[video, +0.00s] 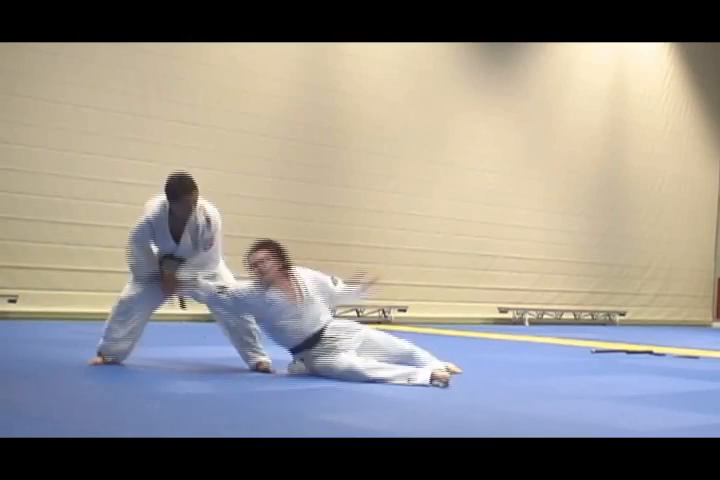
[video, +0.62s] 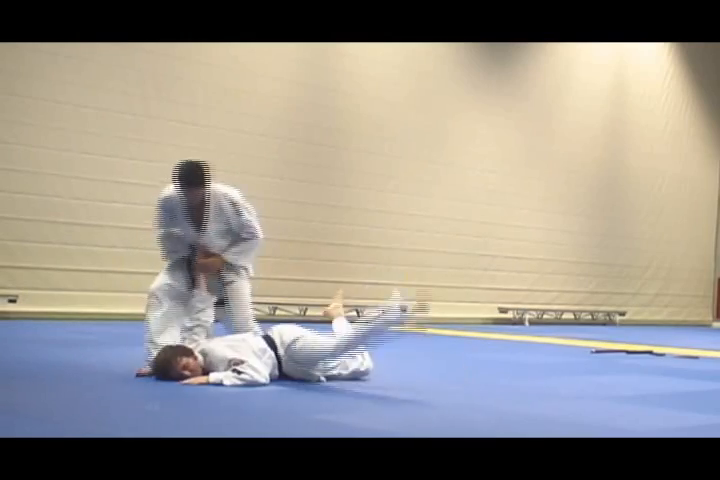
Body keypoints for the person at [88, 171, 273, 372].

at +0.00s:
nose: (193, 204)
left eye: (194, 199)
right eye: (188, 201)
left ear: (197, 196)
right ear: (173, 201)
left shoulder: (208, 216)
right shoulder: (153, 213)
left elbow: (211, 256)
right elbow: (137, 243)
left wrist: (179, 271)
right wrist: (155, 274)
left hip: (203, 268)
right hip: (162, 269)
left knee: (231, 300)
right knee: (130, 301)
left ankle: (257, 357)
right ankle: (109, 354)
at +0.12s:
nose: (205, 193)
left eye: (207, 188)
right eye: (199, 189)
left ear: (210, 186)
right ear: (184, 188)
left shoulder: (219, 207)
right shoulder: (163, 201)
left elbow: (229, 245)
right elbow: (137, 233)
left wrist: (193, 261)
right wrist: (156, 261)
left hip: (205, 263)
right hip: (168, 260)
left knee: (229, 304)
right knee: (135, 298)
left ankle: (258, 357)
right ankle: (109, 352)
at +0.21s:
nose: (223, 195)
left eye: (226, 189)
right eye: (217, 189)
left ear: (231, 186)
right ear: (205, 185)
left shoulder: (237, 208)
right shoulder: (182, 198)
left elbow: (242, 245)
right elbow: (150, 231)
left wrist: (210, 263)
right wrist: (180, 257)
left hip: (220, 261)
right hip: (177, 257)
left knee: (246, 303)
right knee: (142, 298)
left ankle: (265, 357)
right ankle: (109, 350)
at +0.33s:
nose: (252, 203)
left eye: (258, 198)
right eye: (249, 197)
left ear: (265, 196)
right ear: (239, 189)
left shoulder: (263, 216)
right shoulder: (212, 203)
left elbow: (264, 255)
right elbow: (188, 238)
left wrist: (237, 270)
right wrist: (207, 266)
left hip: (235, 265)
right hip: (194, 258)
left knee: (256, 305)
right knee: (160, 306)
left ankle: (259, 359)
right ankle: (120, 352)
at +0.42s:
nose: (255, 208)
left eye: (260, 203)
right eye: (251, 202)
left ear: (266, 201)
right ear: (242, 195)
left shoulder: (267, 222)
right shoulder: (214, 204)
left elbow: (264, 263)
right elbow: (191, 238)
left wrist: (237, 275)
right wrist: (208, 267)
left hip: (238, 267)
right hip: (197, 260)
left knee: (258, 306)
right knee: (161, 302)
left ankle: (261, 360)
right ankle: (140, 355)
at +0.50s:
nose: (232, 205)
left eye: (237, 200)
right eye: (228, 199)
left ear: (244, 195)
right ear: (219, 193)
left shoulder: (255, 212)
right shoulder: (200, 201)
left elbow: (267, 246)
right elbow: (185, 238)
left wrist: (237, 268)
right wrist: (206, 261)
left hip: (237, 265)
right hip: (196, 260)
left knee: (257, 313)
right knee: (161, 289)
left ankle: (267, 360)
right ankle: (161, 352)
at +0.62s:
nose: (193, 198)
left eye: (197, 193)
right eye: (188, 193)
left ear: (206, 187)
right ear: (180, 188)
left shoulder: (228, 199)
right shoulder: (168, 200)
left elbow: (253, 236)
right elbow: (168, 243)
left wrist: (223, 260)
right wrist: (196, 260)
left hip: (230, 264)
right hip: (188, 263)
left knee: (241, 319)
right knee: (158, 293)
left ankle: (263, 361)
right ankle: (156, 358)